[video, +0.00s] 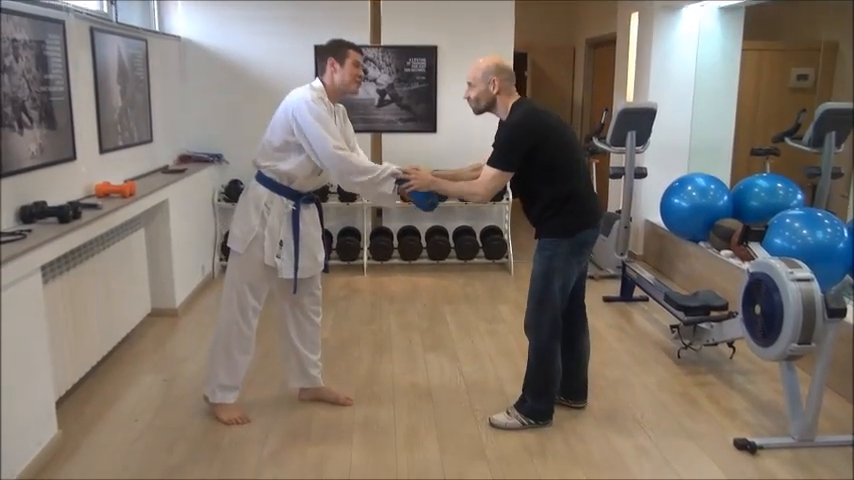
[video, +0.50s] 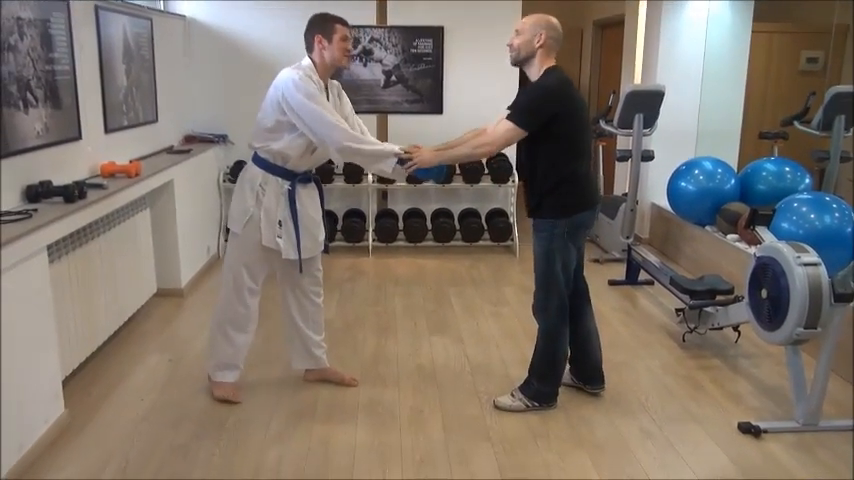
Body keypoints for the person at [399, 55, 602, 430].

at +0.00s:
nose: (466, 94)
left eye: (470, 86)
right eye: (466, 86)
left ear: (495, 86)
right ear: (498, 87)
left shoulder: (519, 124)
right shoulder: (521, 118)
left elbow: (483, 191)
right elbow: (480, 173)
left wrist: (430, 183)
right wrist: (432, 177)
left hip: (564, 230)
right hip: (576, 224)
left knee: (541, 320)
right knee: (570, 312)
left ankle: (535, 409)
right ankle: (572, 391)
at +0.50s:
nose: (510, 42)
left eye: (517, 35)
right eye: (512, 34)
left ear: (539, 42)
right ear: (539, 42)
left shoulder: (548, 90)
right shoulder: (537, 86)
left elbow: (491, 146)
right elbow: (488, 133)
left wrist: (437, 158)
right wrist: (436, 150)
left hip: (562, 211)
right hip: (566, 207)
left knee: (550, 304)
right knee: (572, 292)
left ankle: (540, 392)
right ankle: (589, 375)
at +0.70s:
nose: (536, 35)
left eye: (544, 28)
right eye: (538, 28)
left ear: (568, 33)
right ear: (567, 34)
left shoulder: (570, 84)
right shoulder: (564, 82)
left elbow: (529, 144)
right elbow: (517, 133)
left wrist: (476, 176)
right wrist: (469, 152)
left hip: (559, 209)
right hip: (572, 205)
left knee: (544, 302)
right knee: (577, 291)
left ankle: (542, 389)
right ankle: (593, 374)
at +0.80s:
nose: (542, 39)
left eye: (550, 32)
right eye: (545, 33)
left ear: (575, 37)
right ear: (574, 39)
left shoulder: (575, 86)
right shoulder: (581, 84)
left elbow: (557, 154)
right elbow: (545, 148)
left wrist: (518, 207)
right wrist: (501, 176)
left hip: (562, 212)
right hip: (580, 209)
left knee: (530, 295)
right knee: (583, 293)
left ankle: (540, 388)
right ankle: (594, 375)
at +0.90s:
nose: (544, 44)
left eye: (552, 36)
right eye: (546, 37)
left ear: (577, 40)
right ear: (575, 43)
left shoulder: (576, 88)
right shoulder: (588, 86)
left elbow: (580, 159)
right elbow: (595, 155)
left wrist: (576, 223)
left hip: (562, 212)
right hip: (580, 210)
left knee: (519, 287)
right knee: (591, 297)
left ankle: (536, 383)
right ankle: (596, 378)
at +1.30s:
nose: (533, 54)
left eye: (539, 47)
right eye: (535, 47)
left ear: (564, 52)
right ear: (569, 54)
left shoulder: (551, 89)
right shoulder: (595, 95)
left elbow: (551, 134)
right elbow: (617, 148)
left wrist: (538, 194)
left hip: (557, 221)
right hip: (586, 218)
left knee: (533, 313)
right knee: (587, 304)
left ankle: (516, 403)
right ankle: (598, 387)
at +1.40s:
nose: (527, 57)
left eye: (533, 51)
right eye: (528, 50)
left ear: (557, 54)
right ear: (562, 56)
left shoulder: (543, 94)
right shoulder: (591, 96)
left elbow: (515, 145)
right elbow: (608, 151)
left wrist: (490, 192)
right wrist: (573, 156)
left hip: (552, 224)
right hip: (585, 220)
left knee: (524, 313)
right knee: (583, 305)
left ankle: (516, 405)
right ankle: (596, 389)